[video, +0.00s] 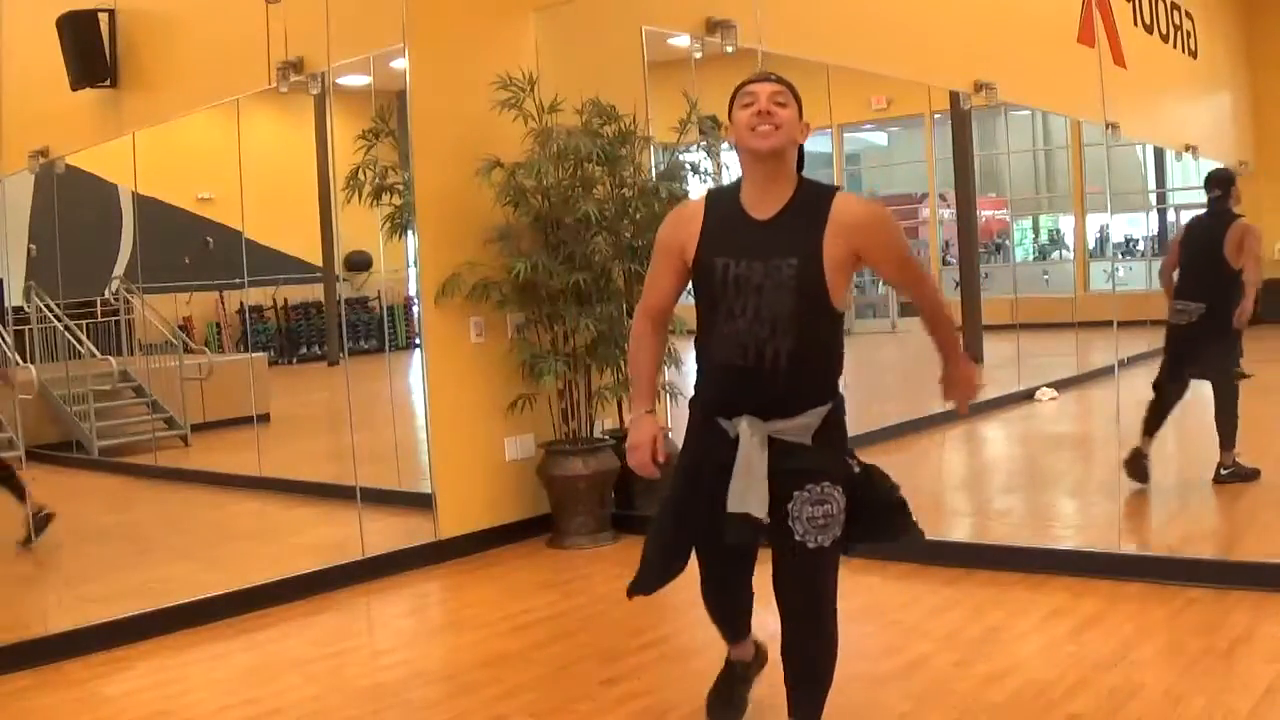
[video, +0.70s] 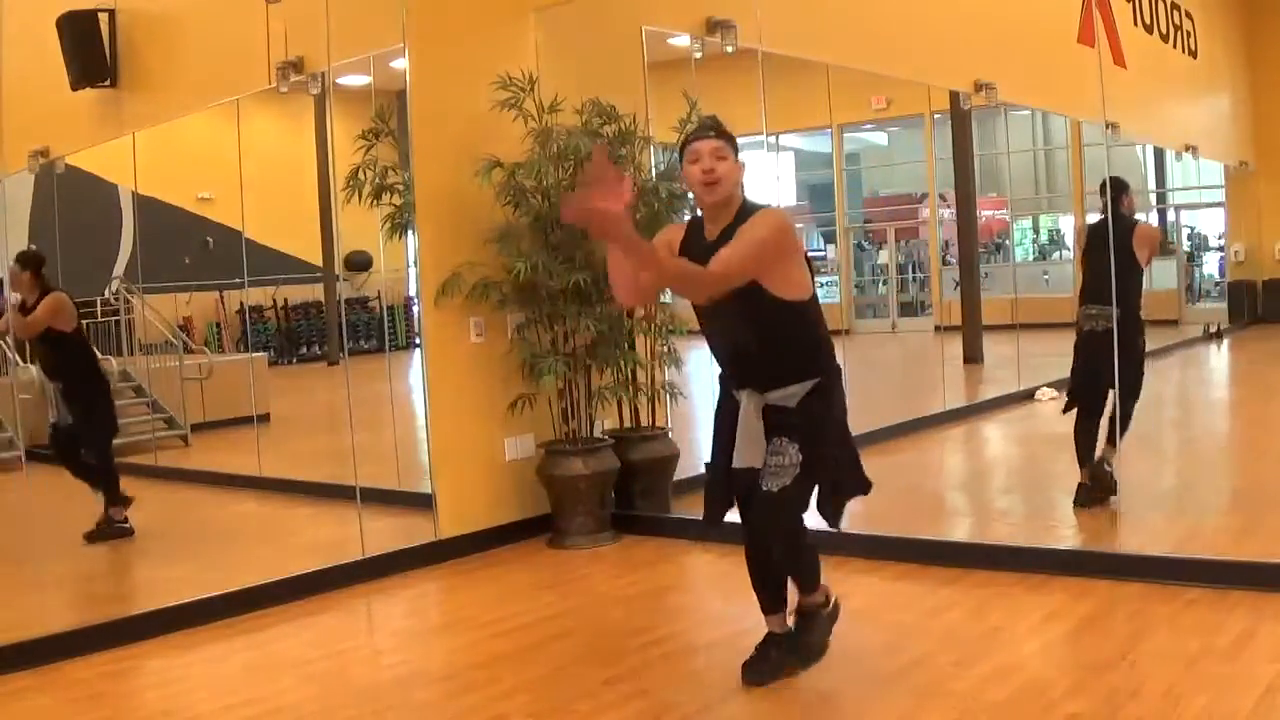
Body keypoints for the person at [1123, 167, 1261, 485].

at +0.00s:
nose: (1238, 193)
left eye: (1234, 187)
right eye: (1236, 188)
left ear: (1207, 193)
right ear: (1232, 192)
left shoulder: (1189, 227)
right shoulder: (1244, 229)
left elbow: (1166, 269)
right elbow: (1251, 267)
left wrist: (1174, 303)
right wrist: (1249, 301)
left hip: (1182, 324)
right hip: (1218, 326)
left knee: (1169, 386)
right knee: (1225, 391)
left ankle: (1141, 450)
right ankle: (1227, 462)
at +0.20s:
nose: (1197, 208)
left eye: (1195, 202)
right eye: (1195, 203)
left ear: (1166, 209)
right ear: (1188, 207)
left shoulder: (1146, 242)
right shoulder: (1200, 242)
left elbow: (1123, 288)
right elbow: (1223, 267)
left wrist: (1140, 313)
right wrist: (1229, 302)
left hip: (1135, 339)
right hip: (1173, 339)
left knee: (1126, 402)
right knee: (1203, 399)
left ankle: (1096, 463)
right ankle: (1224, 462)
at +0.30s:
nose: (1171, 223)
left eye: (1167, 218)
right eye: (1169, 217)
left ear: (1140, 221)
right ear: (1164, 219)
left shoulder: (1122, 256)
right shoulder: (1180, 256)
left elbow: (1101, 304)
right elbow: (1203, 298)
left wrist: (1128, 318)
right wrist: (1216, 341)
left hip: (1115, 352)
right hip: (1153, 353)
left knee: (1108, 415)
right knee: (1186, 408)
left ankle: (1088, 479)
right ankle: (1217, 461)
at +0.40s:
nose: (1153, 216)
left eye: (1150, 211)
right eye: (1151, 211)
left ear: (1120, 216)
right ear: (1144, 214)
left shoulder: (1106, 252)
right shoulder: (1165, 251)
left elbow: (1086, 299)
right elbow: (1181, 303)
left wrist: (1113, 296)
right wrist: (1191, 349)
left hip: (1103, 349)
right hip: (1141, 348)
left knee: (1103, 414)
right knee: (1171, 403)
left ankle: (1087, 481)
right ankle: (1195, 464)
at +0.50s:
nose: (1145, 200)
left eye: (1141, 195)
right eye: (1141, 195)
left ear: (1114, 203)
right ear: (1133, 200)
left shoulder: (1098, 238)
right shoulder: (1154, 236)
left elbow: (1083, 283)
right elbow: (1165, 285)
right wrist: (1163, 324)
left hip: (1097, 342)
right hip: (1135, 340)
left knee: (1097, 408)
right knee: (1156, 402)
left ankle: (1087, 480)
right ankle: (1165, 469)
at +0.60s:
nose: (1137, 199)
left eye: (1133, 195)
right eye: (1135, 195)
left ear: (1105, 200)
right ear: (1129, 198)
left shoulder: (1089, 233)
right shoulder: (1149, 232)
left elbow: (1084, 276)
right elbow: (1153, 266)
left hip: (1093, 335)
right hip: (1131, 334)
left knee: (1090, 407)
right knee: (1138, 399)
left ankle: (1086, 481)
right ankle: (1128, 473)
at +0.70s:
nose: (1134, 201)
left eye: (1131, 196)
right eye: (1132, 196)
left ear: (1103, 200)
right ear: (1126, 199)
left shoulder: (1086, 233)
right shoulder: (1143, 232)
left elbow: (1085, 270)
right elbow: (1158, 249)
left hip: (1090, 335)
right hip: (1126, 333)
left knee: (1088, 405)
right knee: (1127, 395)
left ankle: (1085, 482)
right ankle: (1106, 458)